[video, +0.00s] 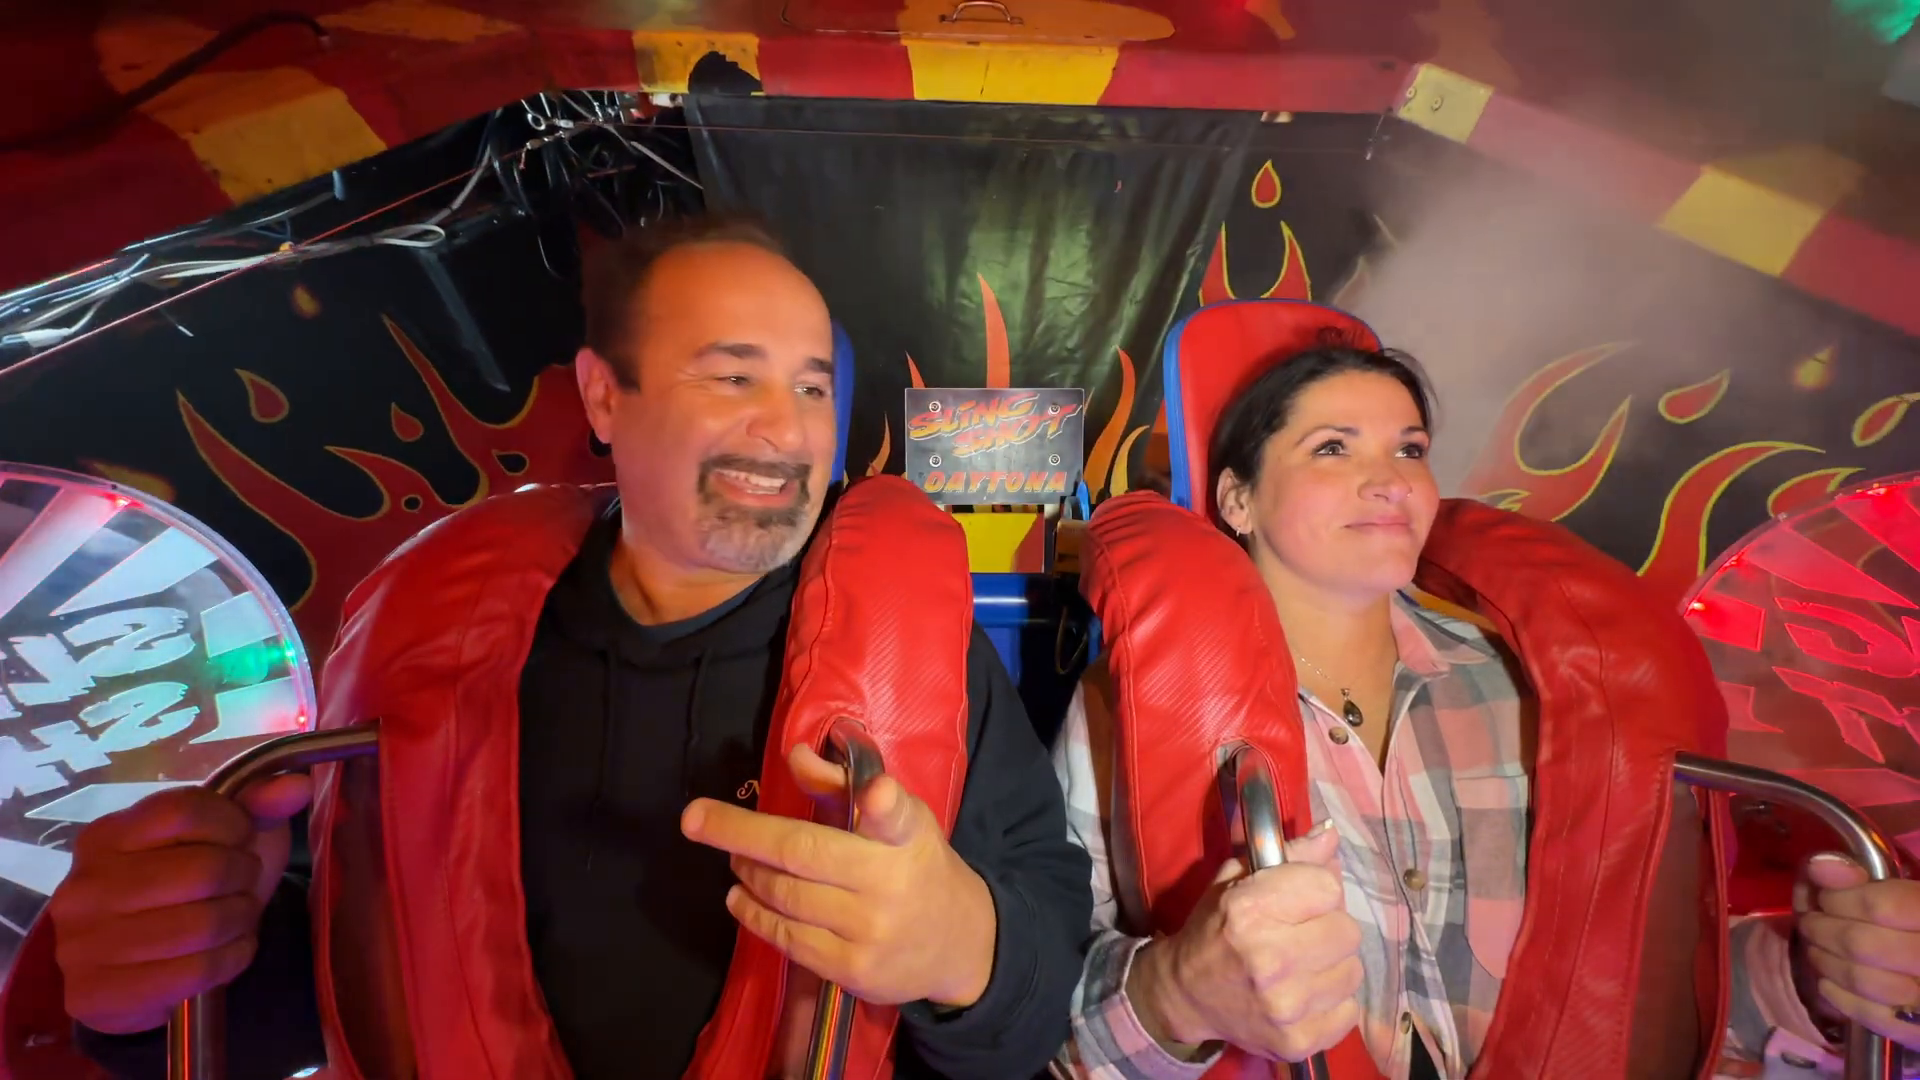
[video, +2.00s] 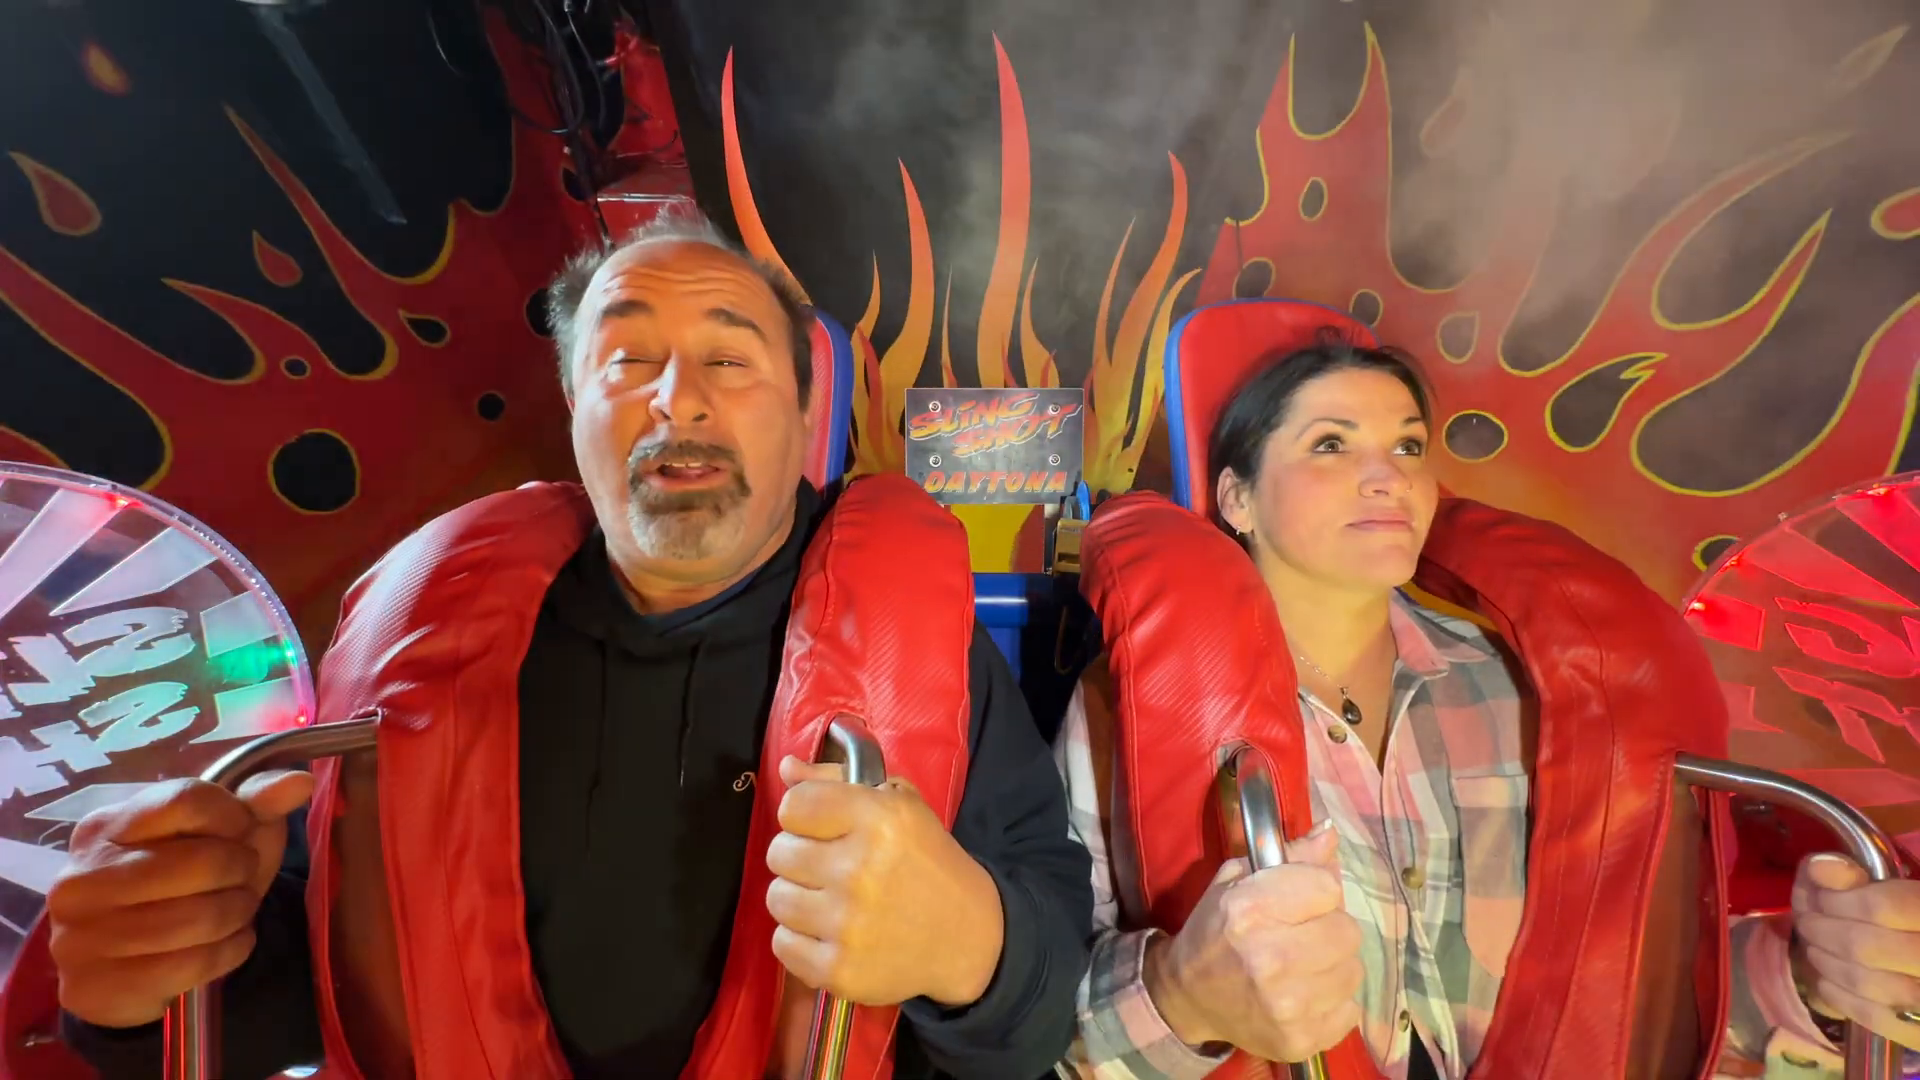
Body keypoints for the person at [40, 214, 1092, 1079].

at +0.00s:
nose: (784, 426)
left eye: (813, 386)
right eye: (730, 375)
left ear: (839, 421)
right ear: (604, 404)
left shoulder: (927, 664)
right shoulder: (433, 628)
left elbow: (1042, 1002)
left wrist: (972, 949)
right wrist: (112, 976)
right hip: (482, 1061)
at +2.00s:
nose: (674, 403)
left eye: (728, 362)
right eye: (629, 366)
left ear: (805, 418)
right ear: (572, 426)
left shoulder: (927, 654)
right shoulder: (416, 634)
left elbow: (1044, 1012)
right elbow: (295, 990)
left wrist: (980, 949)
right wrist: (109, 985)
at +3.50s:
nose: (688, 445)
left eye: (742, 397)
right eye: (639, 398)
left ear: (811, 425)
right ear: (572, 428)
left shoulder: (927, 646)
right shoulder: (422, 628)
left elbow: (1049, 1011)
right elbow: (308, 972)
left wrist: (982, 948)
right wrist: (114, 989)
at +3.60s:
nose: (649, 496)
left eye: (704, 438)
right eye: (604, 440)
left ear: (794, 422)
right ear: (551, 438)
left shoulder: (924, 633)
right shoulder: (418, 623)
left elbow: (1047, 1014)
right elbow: (307, 969)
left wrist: (982, 948)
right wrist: (112, 989)